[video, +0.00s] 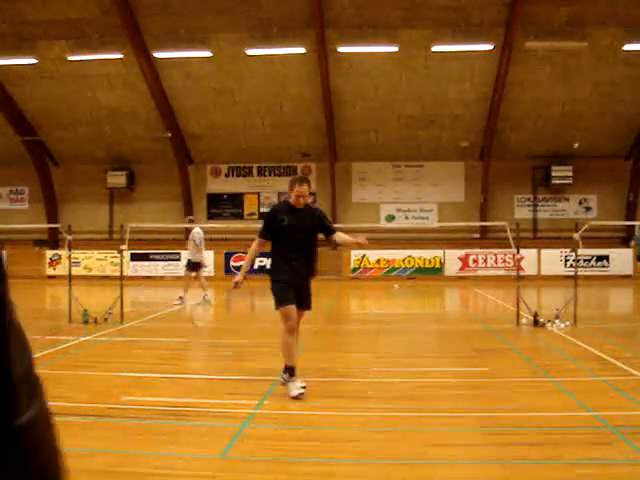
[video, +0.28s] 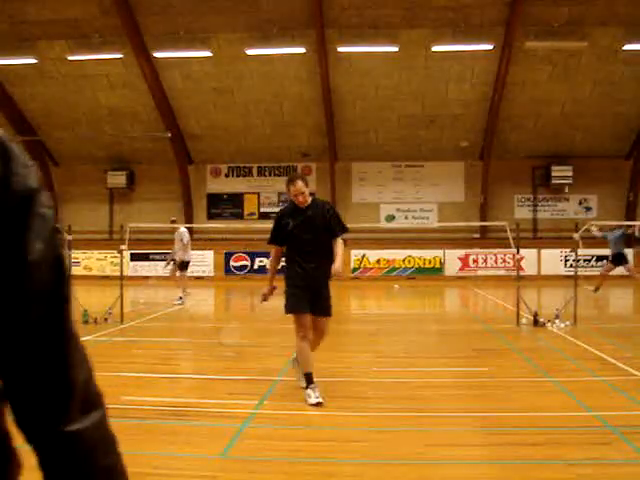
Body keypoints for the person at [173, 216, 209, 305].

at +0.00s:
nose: (186, 226)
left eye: (187, 224)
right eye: (186, 224)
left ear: (190, 223)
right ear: (193, 223)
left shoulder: (195, 232)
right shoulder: (197, 231)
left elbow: (199, 248)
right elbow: (198, 248)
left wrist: (201, 260)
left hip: (193, 259)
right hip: (198, 260)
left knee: (187, 278)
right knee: (200, 278)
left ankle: (183, 297)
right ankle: (206, 295)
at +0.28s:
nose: (172, 227)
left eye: (173, 224)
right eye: (171, 225)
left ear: (176, 224)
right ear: (171, 225)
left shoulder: (183, 232)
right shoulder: (177, 233)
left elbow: (185, 246)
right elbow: (176, 248)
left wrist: (180, 258)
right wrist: (171, 258)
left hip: (184, 258)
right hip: (178, 258)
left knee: (182, 277)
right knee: (172, 275)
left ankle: (182, 296)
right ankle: (184, 289)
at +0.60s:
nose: (154, 234)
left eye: (155, 232)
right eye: (153, 233)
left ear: (159, 230)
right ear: (154, 232)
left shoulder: (170, 233)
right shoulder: (157, 239)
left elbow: (181, 241)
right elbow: (155, 254)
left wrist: (176, 251)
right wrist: (150, 267)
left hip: (177, 257)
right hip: (168, 258)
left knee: (178, 276)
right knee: (166, 276)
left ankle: (182, 296)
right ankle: (164, 294)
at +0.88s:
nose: (147, 243)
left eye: (147, 240)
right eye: (145, 242)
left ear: (150, 237)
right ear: (145, 242)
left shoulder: (159, 235)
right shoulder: (148, 248)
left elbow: (174, 237)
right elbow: (145, 259)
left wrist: (178, 245)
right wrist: (141, 268)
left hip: (174, 254)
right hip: (165, 258)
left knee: (181, 274)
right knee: (165, 276)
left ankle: (187, 291)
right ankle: (164, 294)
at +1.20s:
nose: (149, 247)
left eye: (150, 244)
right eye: (148, 245)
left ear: (152, 240)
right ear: (147, 244)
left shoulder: (161, 237)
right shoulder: (150, 250)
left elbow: (174, 239)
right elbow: (148, 262)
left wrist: (180, 247)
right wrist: (145, 274)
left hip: (176, 255)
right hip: (166, 259)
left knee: (184, 271)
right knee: (167, 276)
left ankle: (193, 287)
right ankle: (164, 294)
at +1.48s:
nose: (167, 236)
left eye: (167, 233)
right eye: (165, 235)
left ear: (169, 232)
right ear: (163, 236)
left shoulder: (178, 234)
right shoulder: (163, 244)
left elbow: (185, 241)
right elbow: (164, 255)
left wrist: (187, 251)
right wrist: (167, 263)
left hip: (182, 257)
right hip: (172, 260)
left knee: (186, 275)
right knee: (170, 277)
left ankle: (188, 294)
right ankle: (165, 294)